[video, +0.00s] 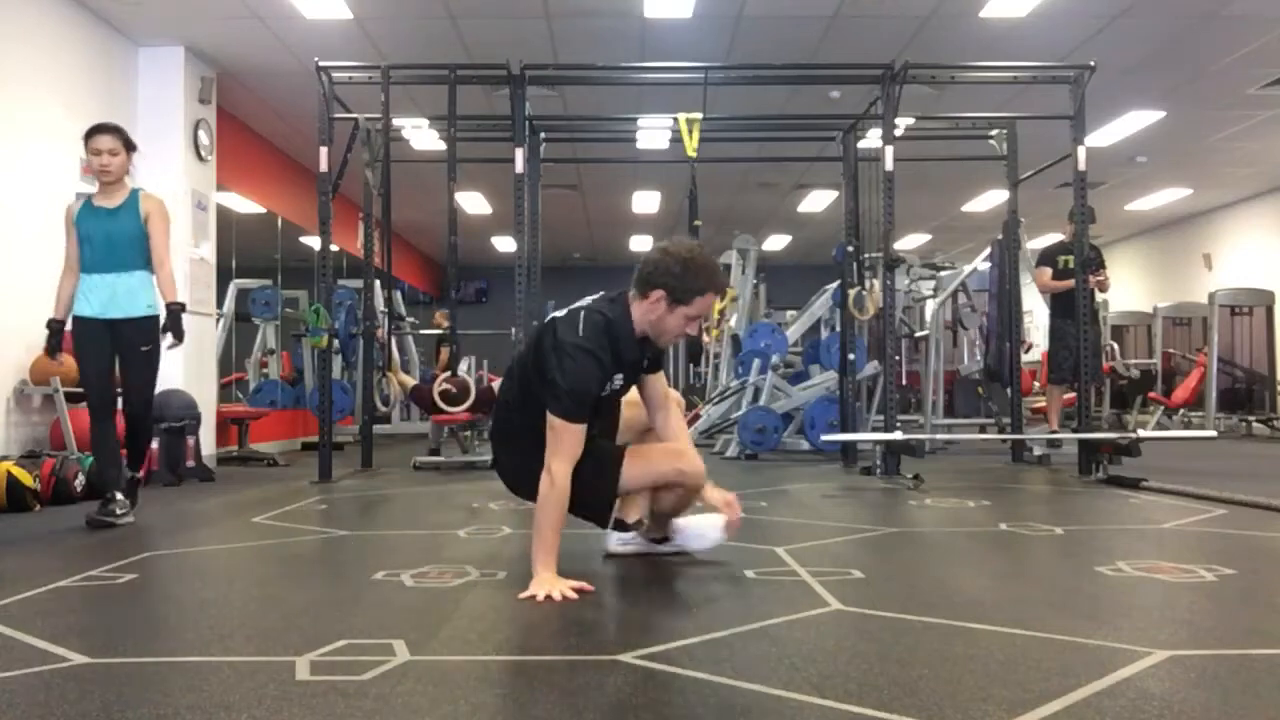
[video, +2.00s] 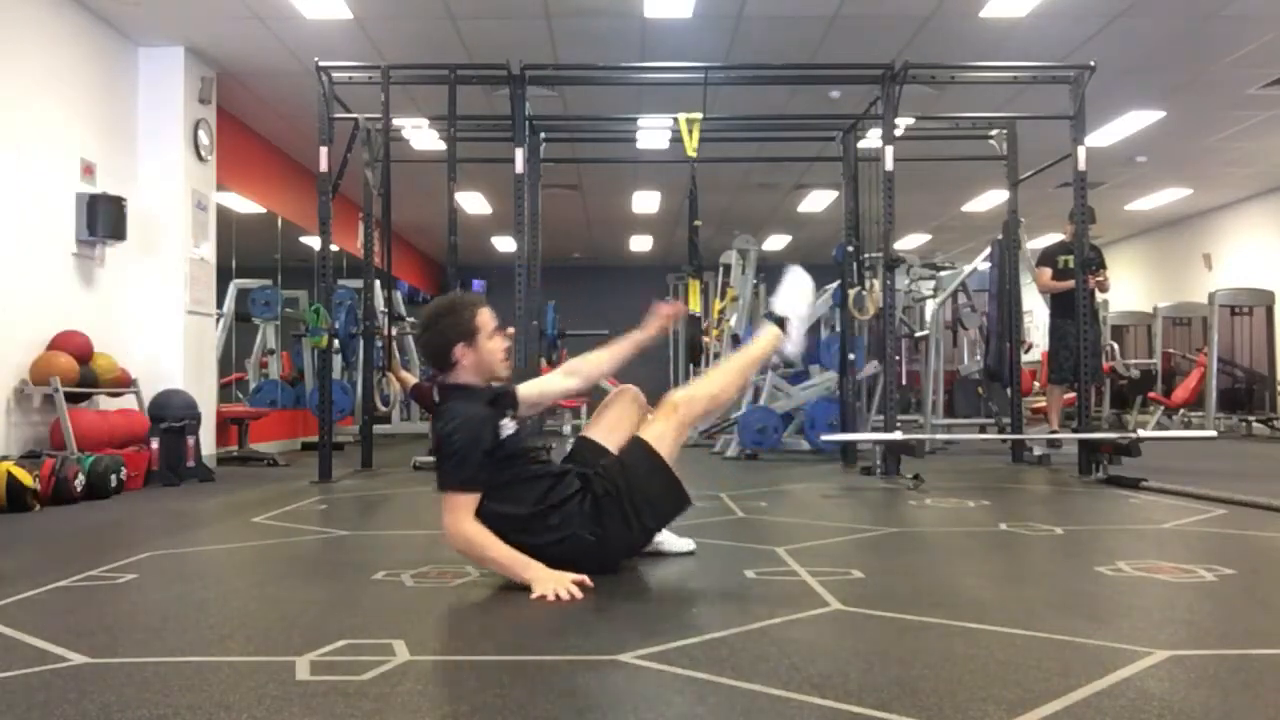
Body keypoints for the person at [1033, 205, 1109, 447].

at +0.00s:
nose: (1082, 230)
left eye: (1086, 225)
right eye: (1078, 224)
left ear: (1091, 226)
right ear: (1069, 224)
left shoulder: (1093, 252)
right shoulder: (1050, 252)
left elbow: (1104, 287)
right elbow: (1042, 284)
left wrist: (1101, 281)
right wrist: (1076, 283)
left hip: (1089, 321)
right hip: (1062, 321)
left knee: (1089, 376)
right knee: (1058, 377)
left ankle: (1087, 423)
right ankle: (1054, 427)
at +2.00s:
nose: (1082, 230)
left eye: (1086, 225)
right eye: (1078, 224)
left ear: (1092, 227)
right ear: (1069, 224)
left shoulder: (1094, 252)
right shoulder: (1051, 252)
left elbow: (1104, 287)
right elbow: (1043, 285)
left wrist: (1100, 282)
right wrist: (1075, 283)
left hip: (1089, 321)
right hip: (1062, 321)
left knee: (1089, 375)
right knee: (1058, 377)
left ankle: (1087, 423)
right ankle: (1054, 427)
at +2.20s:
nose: (1082, 230)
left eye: (1086, 225)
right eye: (1078, 224)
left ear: (1091, 226)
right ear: (1069, 224)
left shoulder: (1094, 252)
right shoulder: (1051, 253)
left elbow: (1104, 287)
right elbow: (1043, 285)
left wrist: (1100, 281)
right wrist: (1075, 284)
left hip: (1089, 321)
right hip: (1063, 321)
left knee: (1089, 376)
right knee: (1058, 377)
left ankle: (1087, 424)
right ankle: (1054, 427)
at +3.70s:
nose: (1070, 236)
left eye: (1073, 232)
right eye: (1067, 230)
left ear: (1075, 230)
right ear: (1056, 225)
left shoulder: (1076, 251)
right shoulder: (1036, 252)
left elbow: (1082, 278)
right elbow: (1029, 285)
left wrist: (1088, 281)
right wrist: (1065, 284)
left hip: (1074, 321)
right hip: (1047, 321)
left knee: (1077, 376)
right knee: (1042, 377)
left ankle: (1082, 423)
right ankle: (1038, 424)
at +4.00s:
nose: (1061, 236)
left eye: (1063, 232)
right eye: (1059, 230)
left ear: (1060, 229)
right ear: (1047, 224)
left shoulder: (1059, 251)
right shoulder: (1028, 250)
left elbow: (1065, 279)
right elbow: (1025, 286)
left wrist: (1079, 278)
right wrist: (1061, 284)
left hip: (1058, 317)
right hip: (1035, 318)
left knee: (1067, 374)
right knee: (1037, 376)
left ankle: (1066, 425)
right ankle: (1037, 425)